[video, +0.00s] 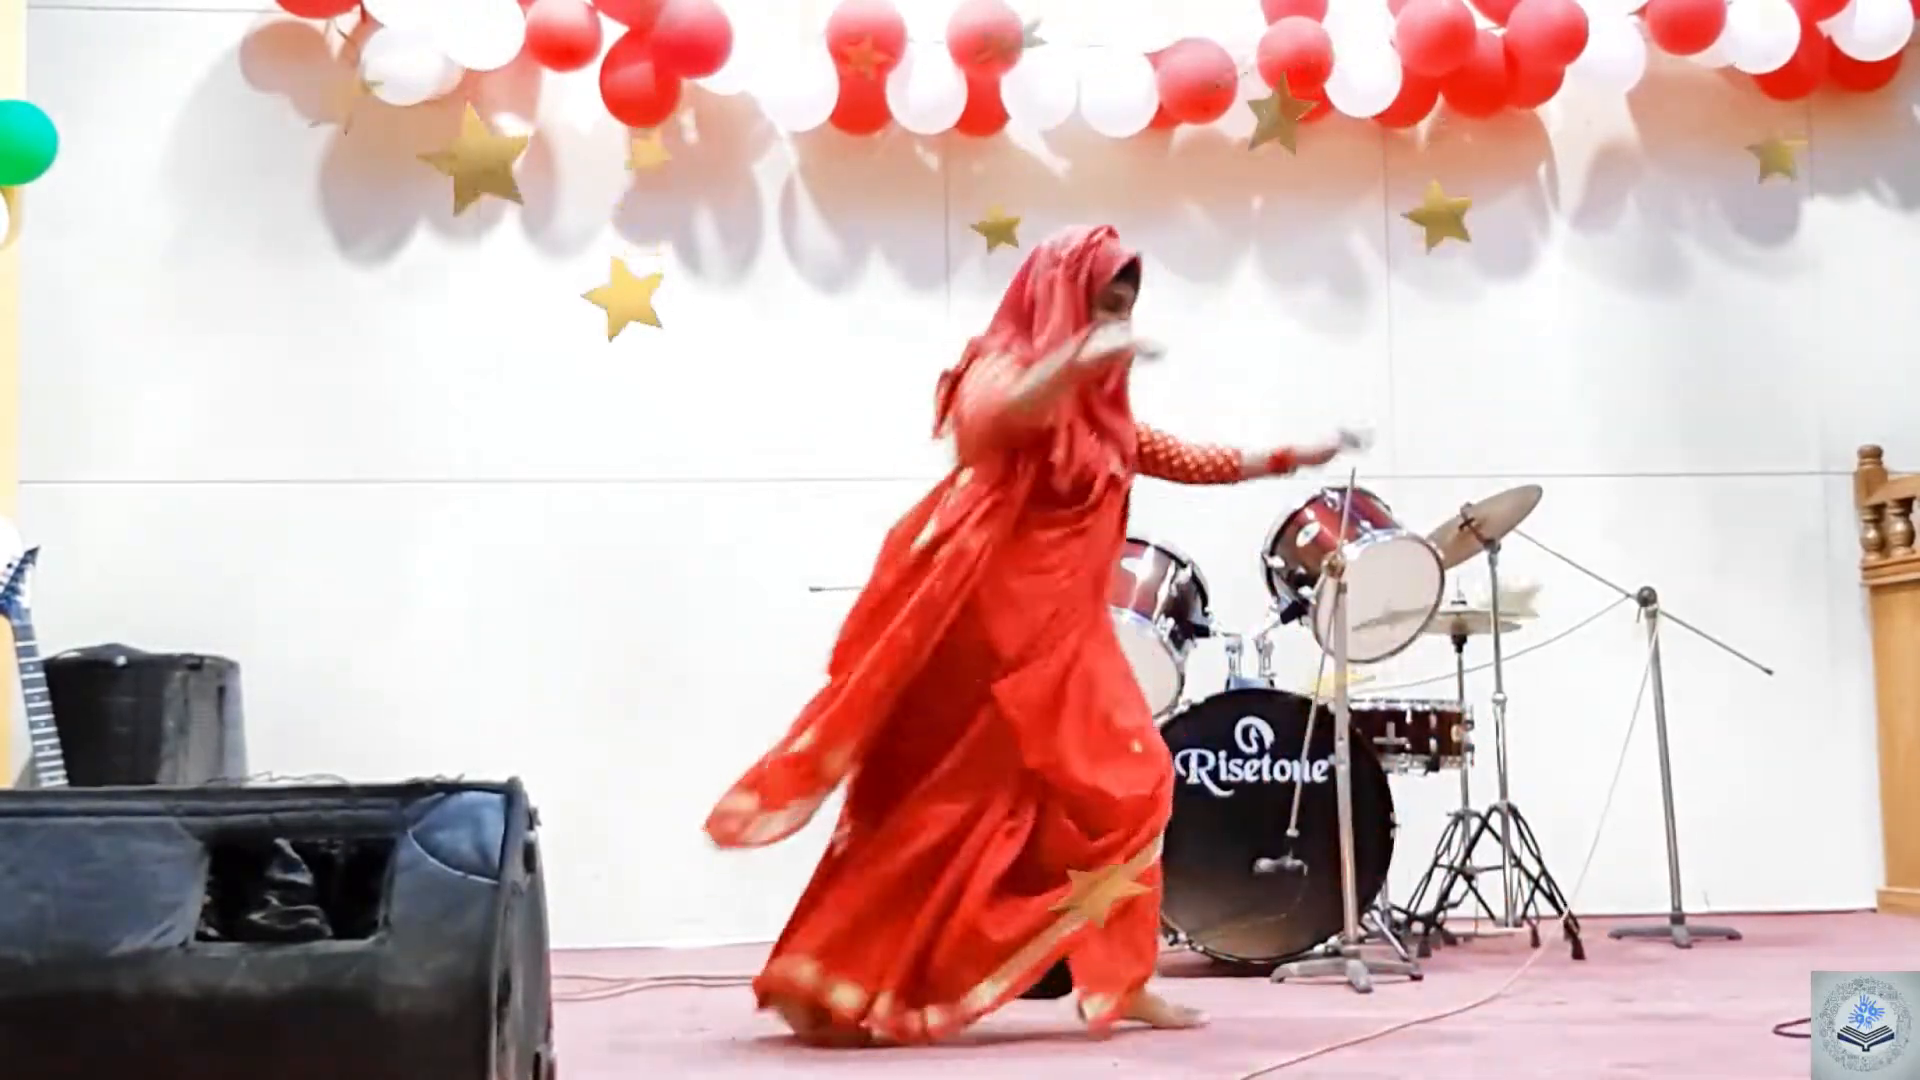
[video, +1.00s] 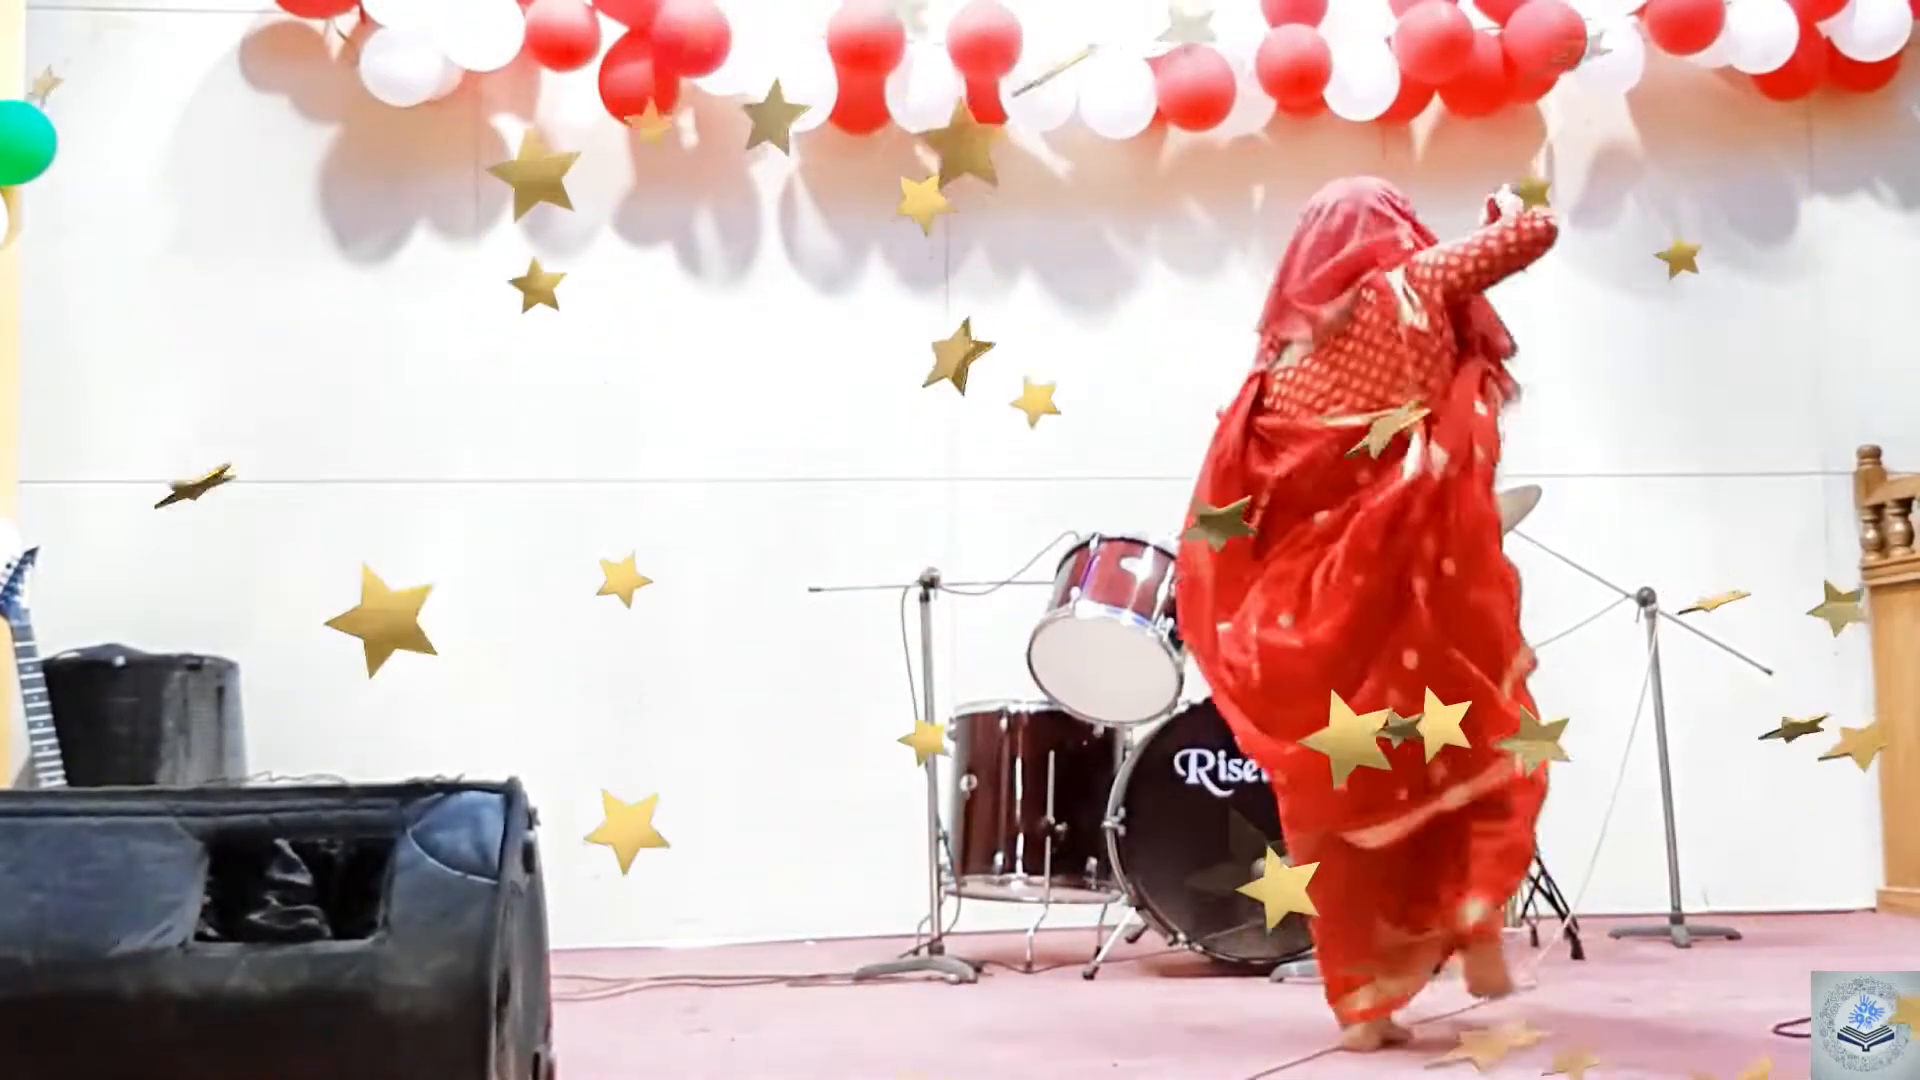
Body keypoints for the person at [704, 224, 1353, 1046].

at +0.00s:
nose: (1128, 306)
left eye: (1131, 289)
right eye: (1116, 288)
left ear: (1111, 307)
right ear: (1064, 292)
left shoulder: (1101, 411)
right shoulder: (998, 369)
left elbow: (1186, 459)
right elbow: (977, 433)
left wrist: (1288, 456)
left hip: (1068, 635)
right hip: (980, 631)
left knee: (1136, 783)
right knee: (929, 801)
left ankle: (1121, 980)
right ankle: (824, 980)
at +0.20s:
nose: (1172, 282)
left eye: (1170, 272)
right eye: (1160, 271)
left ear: (1108, 279)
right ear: (1119, 275)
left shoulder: (1150, 367)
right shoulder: (1078, 333)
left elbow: (1178, 512)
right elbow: (1181, 289)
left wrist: (1274, 589)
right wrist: (1261, 215)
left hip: (1133, 609)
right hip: (1097, 604)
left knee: (1146, 776)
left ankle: (1100, 980)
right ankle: (1014, 873)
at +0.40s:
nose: (1233, 271)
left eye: (1228, 257)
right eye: (1221, 256)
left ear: (1154, 259)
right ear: (1187, 255)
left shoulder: (1138, 344)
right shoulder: (1192, 321)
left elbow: (1225, 457)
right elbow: (1301, 324)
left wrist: (1332, 472)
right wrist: (1386, 289)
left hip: (1166, 573)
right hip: (1232, 571)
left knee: (1171, 773)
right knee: (1367, 736)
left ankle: (1117, 972)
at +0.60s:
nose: (1323, 306)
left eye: (1320, 292)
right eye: (1315, 292)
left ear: (1230, 297)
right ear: (1287, 298)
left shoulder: (1195, 381)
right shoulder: (1307, 387)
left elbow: (1294, 398)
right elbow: (1383, 458)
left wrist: (1383, 363)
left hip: (1256, 612)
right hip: (1348, 608)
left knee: (1298, 781)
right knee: (1431, 770)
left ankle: (1233, 916)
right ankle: (1438, 972)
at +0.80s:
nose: (1380, 249)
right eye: (1369, 233)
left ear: (1267, 256)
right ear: (1357, 244)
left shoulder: (1238, 369)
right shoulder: (1366, 320)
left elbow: (1254, 518)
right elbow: (1448, 340)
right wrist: (1513, 342)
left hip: (1304, 616)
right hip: (1394, 602)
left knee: (1333, 785)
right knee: (1439, 772)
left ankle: (1313, 954)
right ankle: (1448, 973)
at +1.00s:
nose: (1415, 237)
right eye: (1407, 225)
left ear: (1303, 253)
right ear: (1399, 233)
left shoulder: (1275, 368)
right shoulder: (1416, 288)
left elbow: (1238, 499)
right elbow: (1530, 232)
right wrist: (1514, 216)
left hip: (1314, 599)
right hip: (1428, 581)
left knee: (1337, 792)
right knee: (1474, 748)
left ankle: (1363, 1000)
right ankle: (1476, 909)